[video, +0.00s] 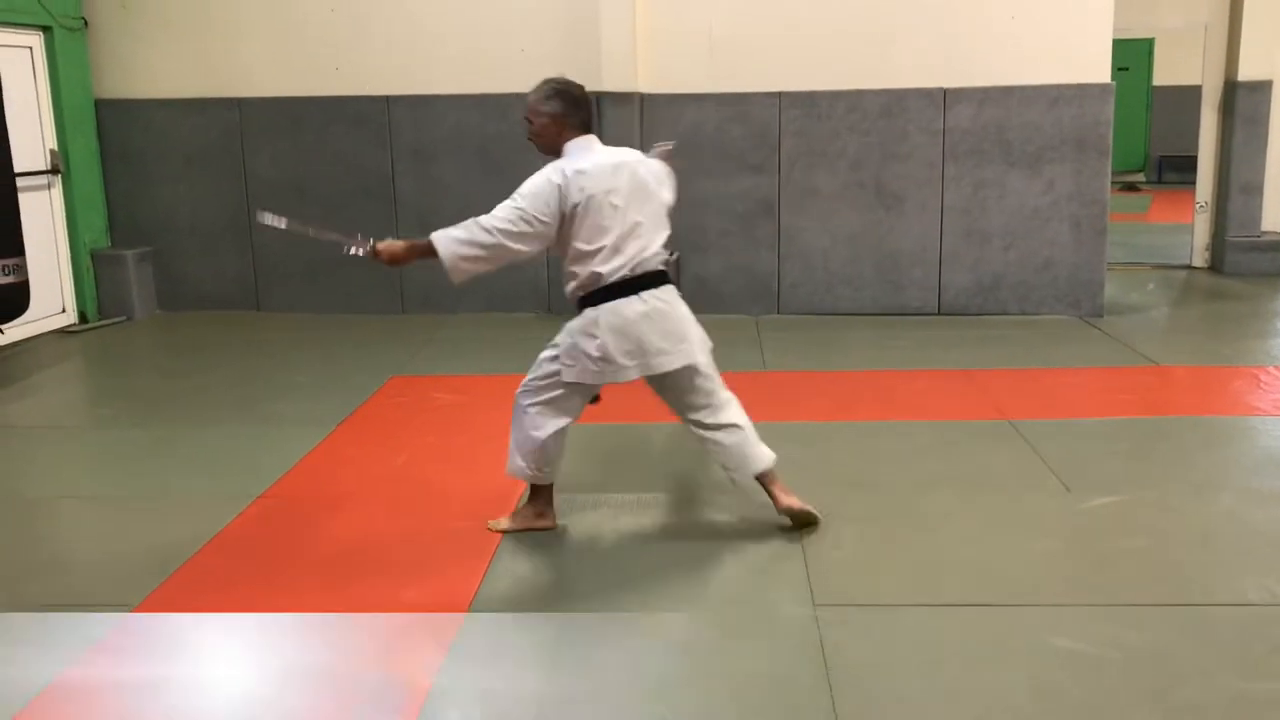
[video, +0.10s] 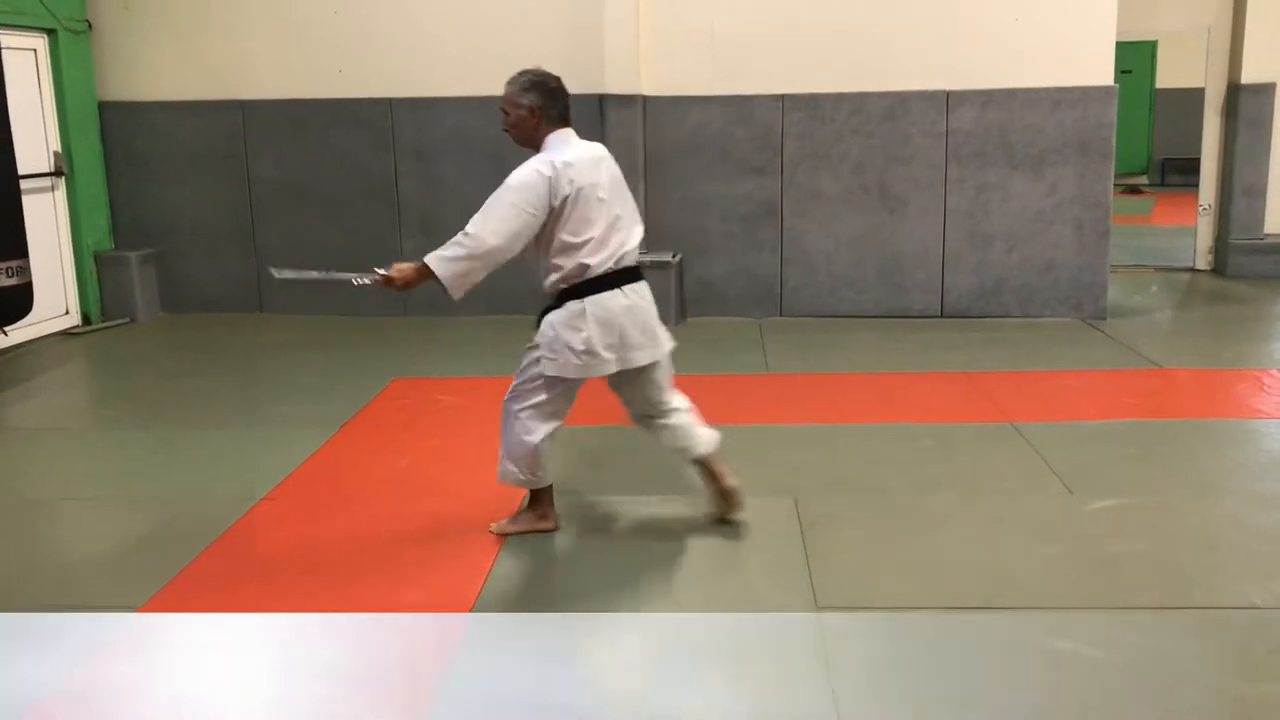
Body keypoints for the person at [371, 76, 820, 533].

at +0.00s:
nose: (527, 132)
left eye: (532, 121)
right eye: (526, 122)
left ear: (561, 120)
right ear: (579, 120)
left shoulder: (558, 179)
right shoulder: (642, 164)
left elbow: (496, 230)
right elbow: (664, 187)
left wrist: (411, 249)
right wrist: (661, 162)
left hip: (605, 323)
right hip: (666, 310)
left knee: (539, 398)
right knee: (713, 405)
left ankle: (538, 506)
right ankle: (781, 495)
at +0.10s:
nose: (503, 123)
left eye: (509, 113)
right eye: (503, 113)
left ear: (537, 115)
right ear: (548, 114)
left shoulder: (540, 172)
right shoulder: (599, 155)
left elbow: (488, 237)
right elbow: (624, 223)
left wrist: (419, 270)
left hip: (580, 313)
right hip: (635, 302)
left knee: (526, 409)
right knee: (659, 403)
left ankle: (540, 507)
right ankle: (721, 481)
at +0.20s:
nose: (489, 118)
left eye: (494, 107)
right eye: (488, 107)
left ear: (524, 108)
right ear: (532, 108)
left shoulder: (535, 167)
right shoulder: (572, 150)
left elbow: (504, 232)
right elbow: (536, 199)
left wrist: (453, 280)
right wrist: (484, 212)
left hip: (567, 310)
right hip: (611, 297)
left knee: (522, 407)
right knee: (588, 399)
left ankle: (542, 509)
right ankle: (631, 491)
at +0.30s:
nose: (479, 113)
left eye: (485, 104)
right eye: (478, 104)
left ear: (513, 105)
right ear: (516, 105)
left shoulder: (545, 162)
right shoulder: (537, 155)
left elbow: (530, 233)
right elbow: (485, 212)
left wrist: (496, 284)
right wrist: (418, 246)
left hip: (566, 303)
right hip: (559, 299)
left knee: (519, 407)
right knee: (533, 401)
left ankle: (546, 508)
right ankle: (552, 496)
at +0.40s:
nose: (471, 113)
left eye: (478, 103)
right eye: (470, 103)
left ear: (507, 103)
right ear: (505, 104)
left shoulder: (555, 161)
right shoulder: (502, 165)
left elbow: (565, 231)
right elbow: (461, 220)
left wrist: (543, 285)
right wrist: (411, 267)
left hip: (561, 308)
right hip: (526, 304)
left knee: (520, 410)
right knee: (498, 404)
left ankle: (543, 506)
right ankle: (523, 498)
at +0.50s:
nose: (466, 113)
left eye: (473, 104)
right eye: (465, 104)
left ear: (504, 102)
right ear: (499, 103)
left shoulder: (566, 158)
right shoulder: (481, 166)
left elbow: (590, 224)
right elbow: (459, 222)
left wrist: (591, 280)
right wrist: (445, 275)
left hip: (560, 305)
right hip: (509, 305)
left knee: (534, 411)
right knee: (502, 408)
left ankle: (533, 506)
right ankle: (522, 498)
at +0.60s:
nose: (462, 115)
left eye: (469, 106)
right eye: (461, 105)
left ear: (502, 105)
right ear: (492, 105)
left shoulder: (563, 158)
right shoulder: (472, 164)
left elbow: (612, 215)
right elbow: (471, 235)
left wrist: (629, 271)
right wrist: (496, 279)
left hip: (553, 312)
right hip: (497, 308)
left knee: (538, 414)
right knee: (501, 412)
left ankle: (540, 505)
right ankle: (527, 497)